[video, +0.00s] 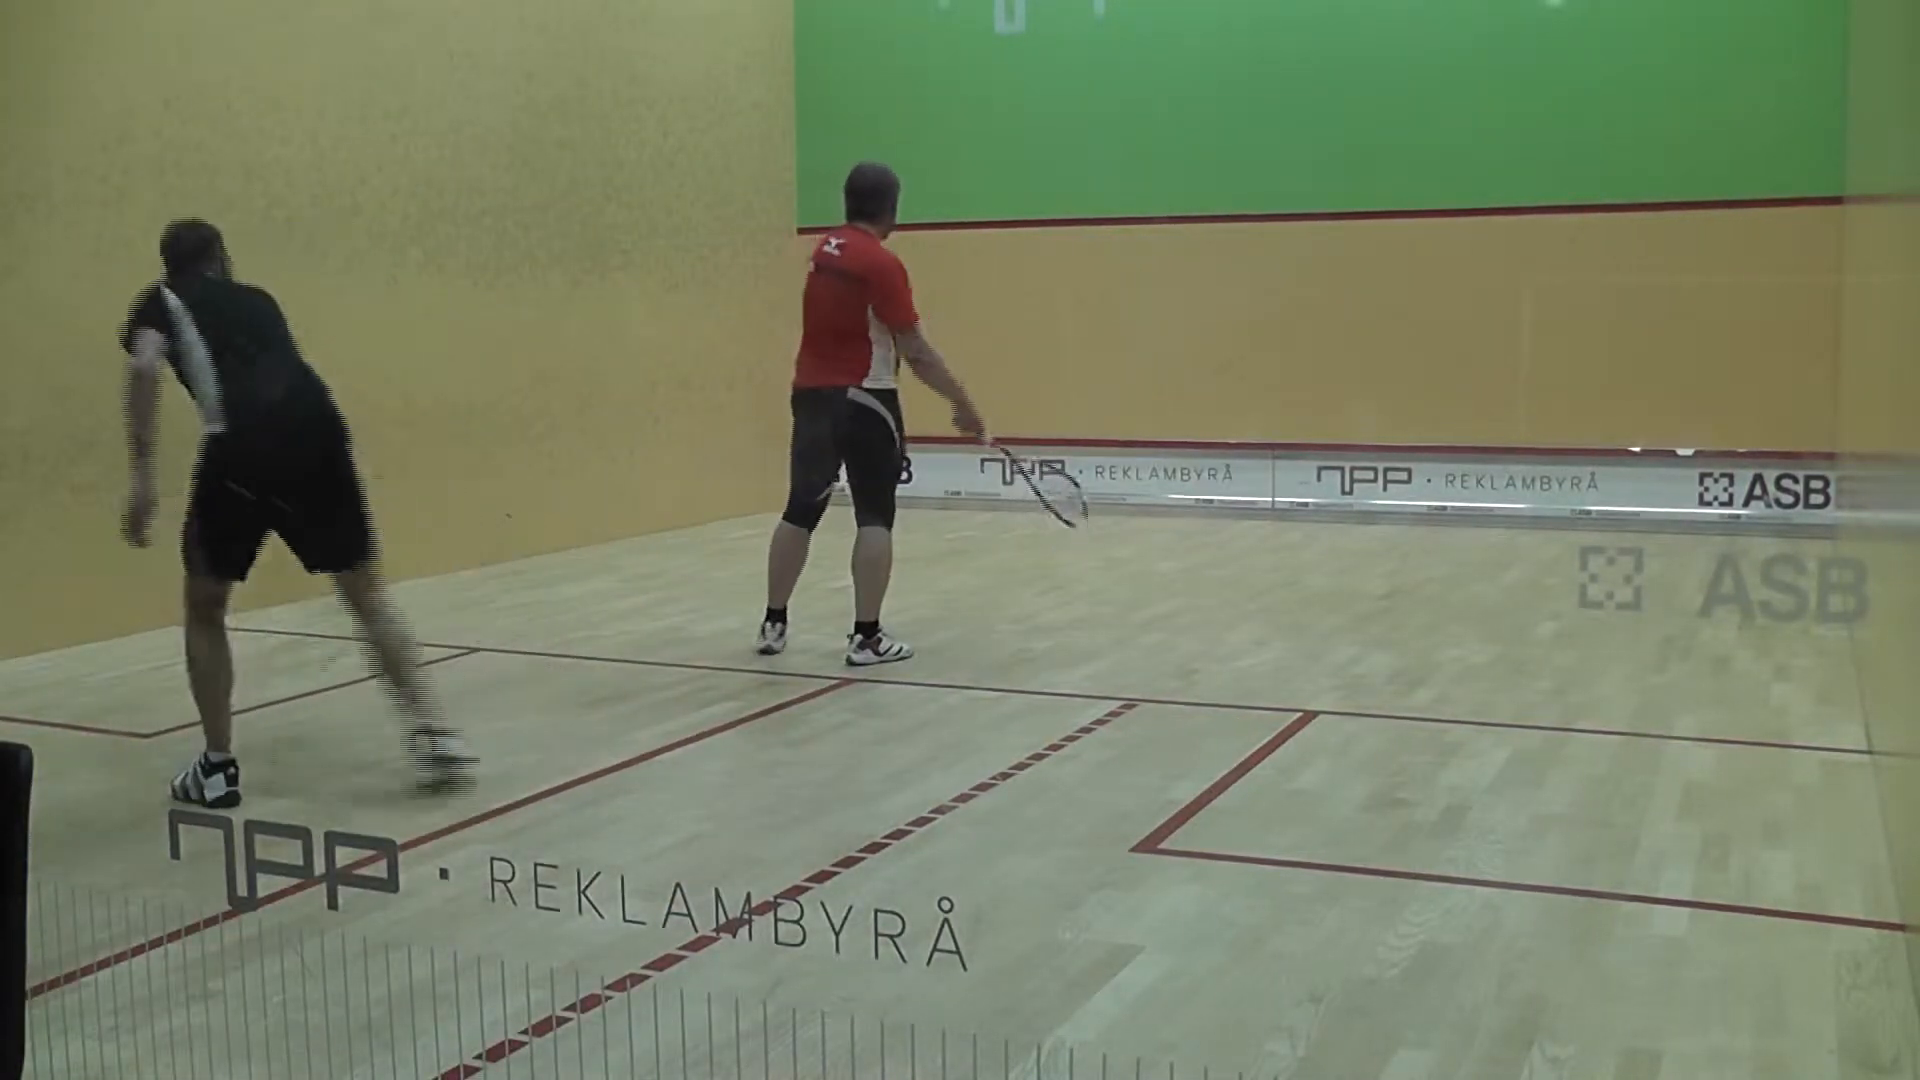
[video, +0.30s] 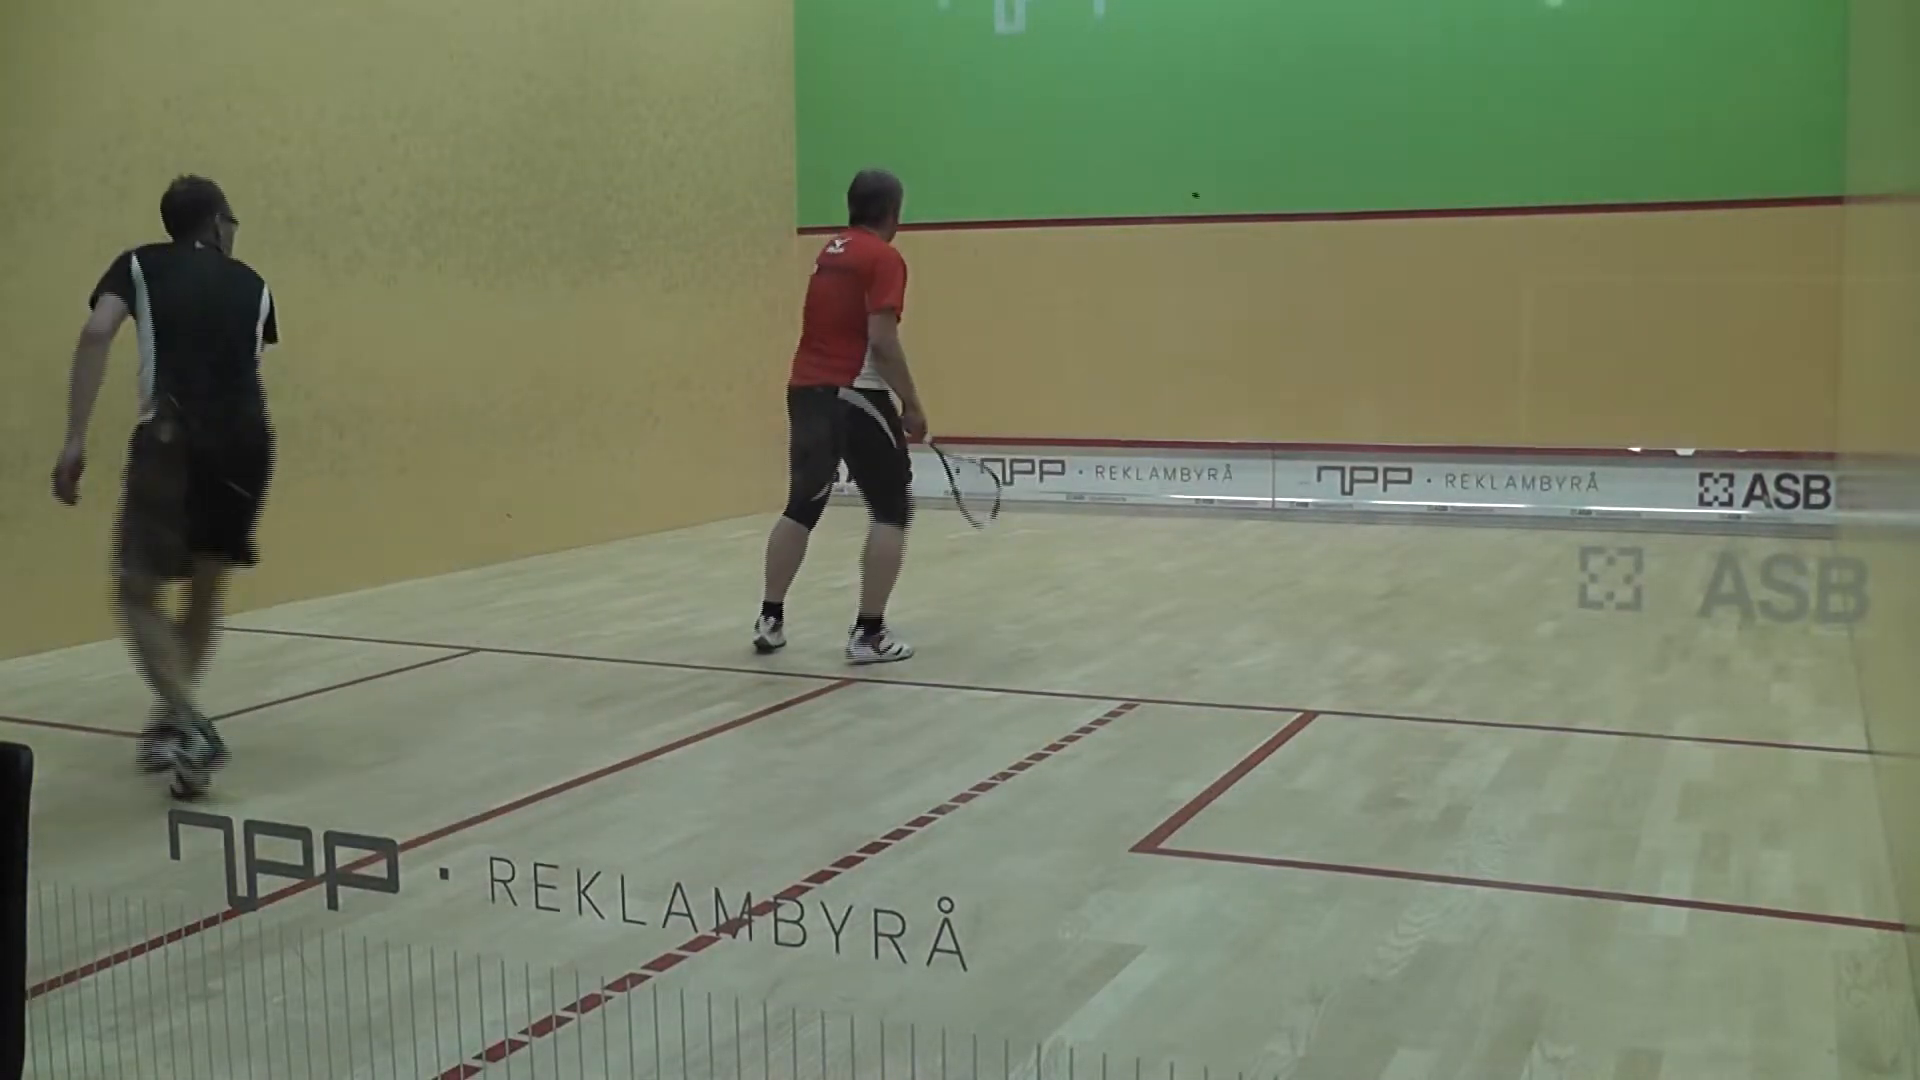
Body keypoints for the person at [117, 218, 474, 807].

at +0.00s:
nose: (228, 268)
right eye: (225, 259)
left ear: (169, 267)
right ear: (221, 259)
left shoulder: (162, 301)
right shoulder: (256, 298)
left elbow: (144, 371)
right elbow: (285, 379)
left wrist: (141, 484)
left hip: (237, 459)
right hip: (316, 449)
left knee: (205, 610)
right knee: (366, 594)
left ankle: (217, 764)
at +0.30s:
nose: (235, 236)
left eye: (233, 226)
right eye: (232, 226)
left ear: (173, 228)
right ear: (216, 225)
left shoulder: (140, 264)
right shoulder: (253, 286)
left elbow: (96, 333)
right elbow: (251, 374)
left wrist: (75, 439)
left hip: (168, 445)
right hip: (243, 448)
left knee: (137, 596)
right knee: (205, 590)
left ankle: (196, 731)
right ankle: (163, 732)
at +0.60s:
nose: (234, 215)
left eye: (233, 203)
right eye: (229, 203)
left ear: (171, 206)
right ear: (206, 205)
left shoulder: (119, 261)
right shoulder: (232, 267)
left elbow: (80, 364)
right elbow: (283, 369)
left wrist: (97, 442)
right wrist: (311, 437)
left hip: (126, 453)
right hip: (205, 454)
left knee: (111, 599)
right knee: (260, 553)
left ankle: (86, 750)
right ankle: (208, 693)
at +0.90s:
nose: (288, 203)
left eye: (287, 190)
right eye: (280, 191)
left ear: (233, 196)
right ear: (251, 193)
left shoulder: (184, 253)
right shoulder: (267, 251)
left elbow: (152, 358)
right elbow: (283, 347)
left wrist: (190, 419)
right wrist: (341, 425)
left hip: (189, 445)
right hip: (255, 441)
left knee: (170, 582)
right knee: (301, 565)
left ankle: (97, 710)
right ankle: (287, 713)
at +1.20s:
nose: (351, 209)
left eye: (349, 197)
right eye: (341, 197)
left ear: (302, 204)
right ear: (306, 201)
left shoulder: (257, 259)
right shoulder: (292, 261)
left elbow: (261, 374)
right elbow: (283, 369)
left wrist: (320, 427)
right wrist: (332, 452)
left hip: (239, 457)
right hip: (281, 453)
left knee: (227, 590)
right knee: (403, 551)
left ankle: (145, 723)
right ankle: (402, 709)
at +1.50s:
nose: (506, 222)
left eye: (504, 210)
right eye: (496, 210)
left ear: (463, 217)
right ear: (466, 216)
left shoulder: (435, 272)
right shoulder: (447, 278)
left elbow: (444, 397)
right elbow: (448, 393)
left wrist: (510, 464)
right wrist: (517, 466)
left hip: (390, 456)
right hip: (415, 459)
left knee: (353, 587)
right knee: (481, 597)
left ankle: (214, 679)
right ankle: (390, 716)